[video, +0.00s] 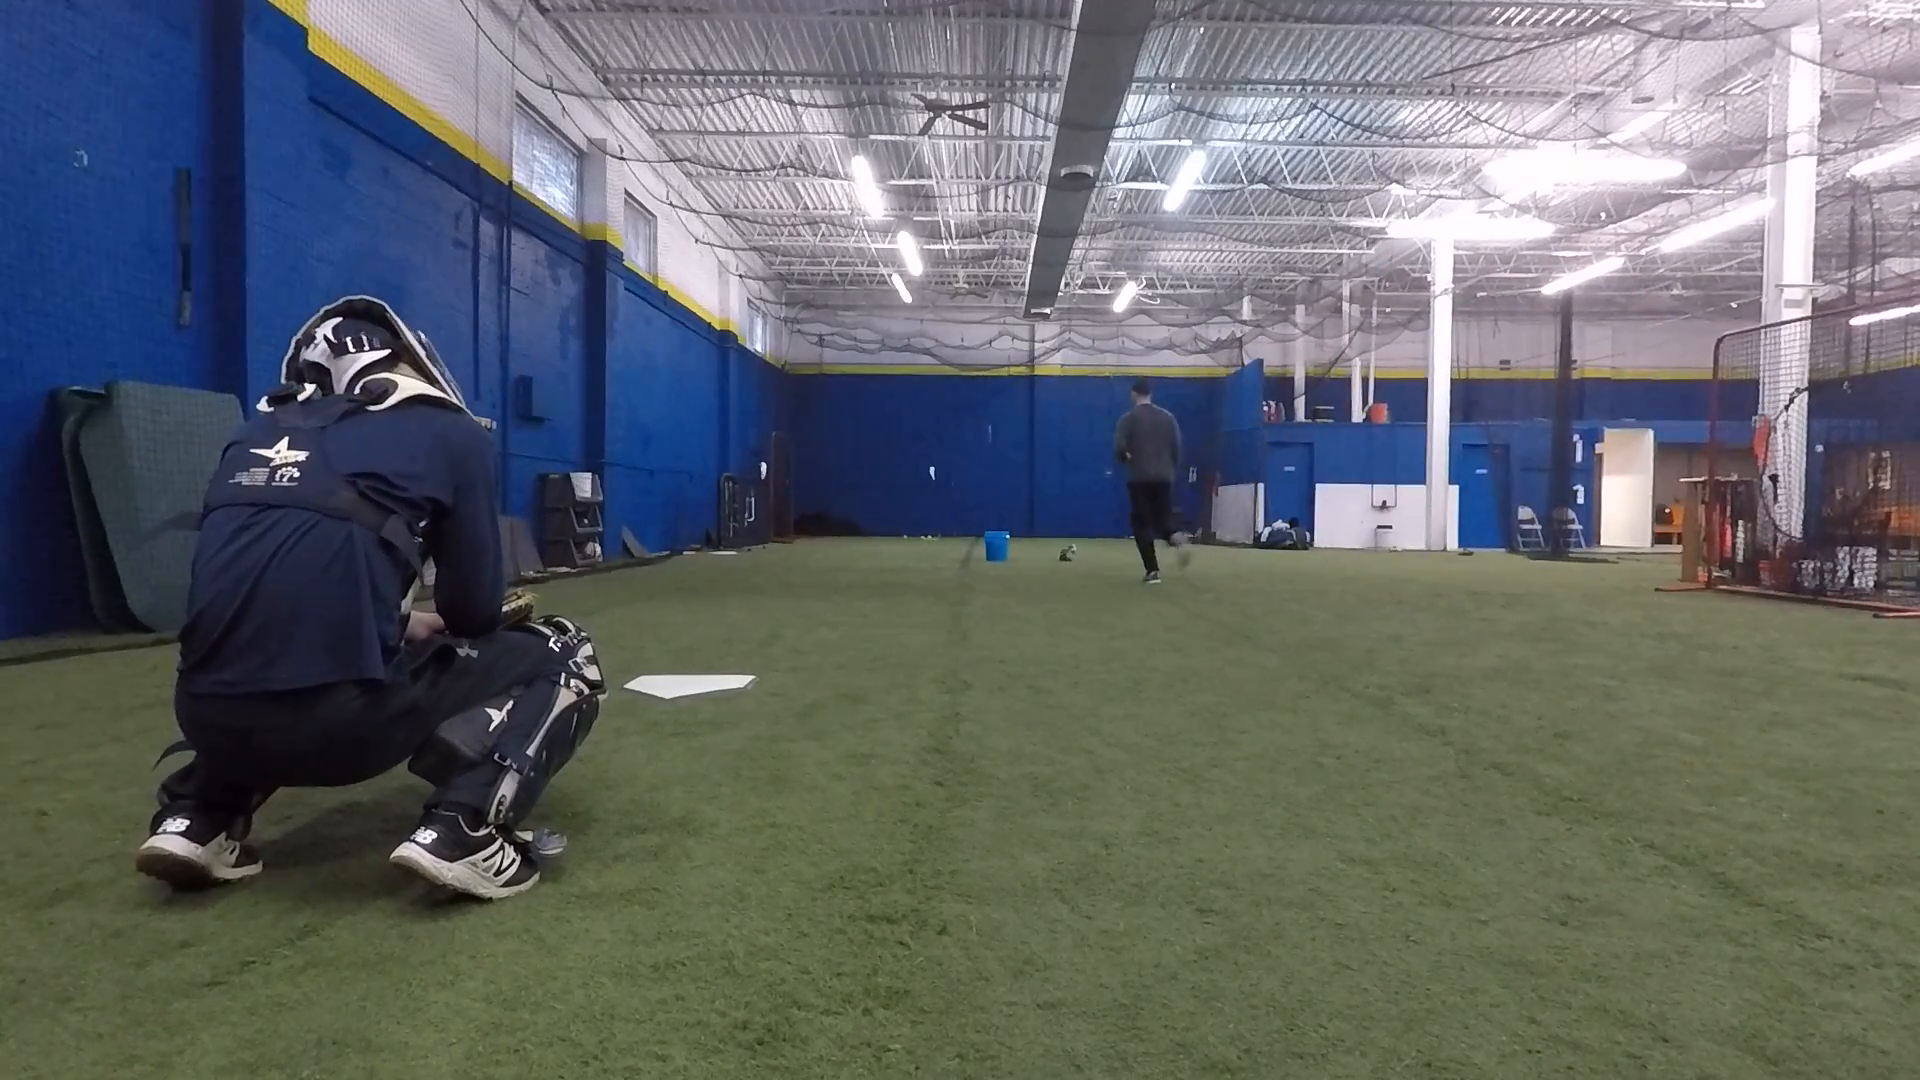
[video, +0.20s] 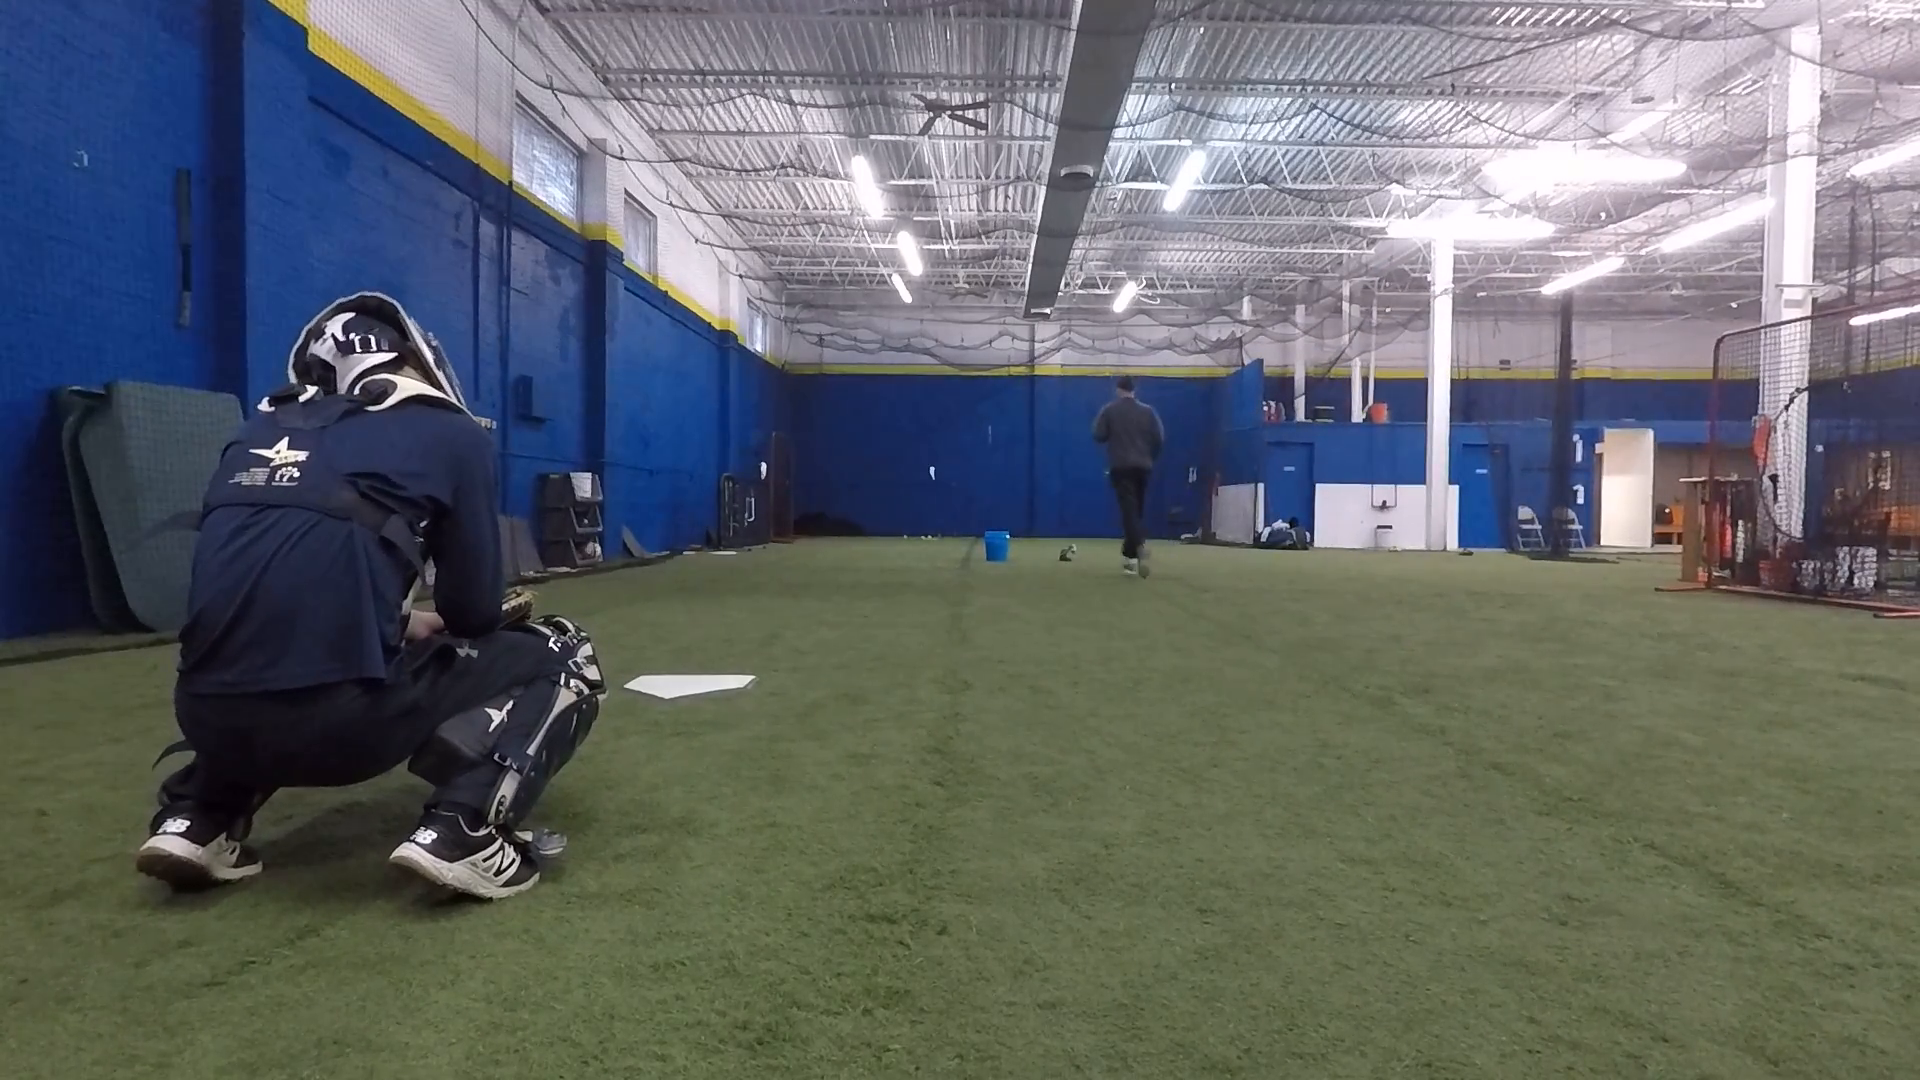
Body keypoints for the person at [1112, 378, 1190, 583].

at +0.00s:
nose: (1132, 397)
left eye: (1132, 394)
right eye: (1134, 394)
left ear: (1134, 394)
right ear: (1150, 394)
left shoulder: (1128, 418)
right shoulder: (1167, 416)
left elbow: (1120, 448)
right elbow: (1177, 445)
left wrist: (1125, 457)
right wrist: (1174, 465)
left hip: (1139, 479)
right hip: (1164, 477)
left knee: (1141, 523)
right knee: (1162, 518)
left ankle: (1152, 571)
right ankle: (1177, 539)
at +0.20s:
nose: (1119, 392)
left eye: (1119, 389)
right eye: (1124, 389)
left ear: (1118, 390)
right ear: (1133, 390)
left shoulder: (1109, 409)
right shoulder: (1147, 410)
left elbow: (1099, 434)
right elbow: (1159, 437)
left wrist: (1113, 430)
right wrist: (1151, 456)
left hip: (1120, 465)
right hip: (1143, 465)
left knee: (1128, 508)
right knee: (1136, 509)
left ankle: (1140, 546)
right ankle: (1130, 556)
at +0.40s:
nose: (1102, 408)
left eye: (1101, 405)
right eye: (1104, 405)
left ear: (1102, 406)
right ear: (1117, 407)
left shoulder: (1097, 425)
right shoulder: (1128, 427)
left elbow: (1093, 449)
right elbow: (1139, 454)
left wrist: (1090, 464)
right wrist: (1133, 471)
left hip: (1103, 481)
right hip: (1124, 481)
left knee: (1097, 520)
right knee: (1116, 520)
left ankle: (1113, 540)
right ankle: (1119, 562)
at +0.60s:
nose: (1077, 405)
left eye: (1078, 401)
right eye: (1079, 401)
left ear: (1080, 401)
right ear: (1094, 401)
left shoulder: (1081, 417)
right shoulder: (1108, 420)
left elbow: (1082, 437)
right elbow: (1115, 447)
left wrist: (1070, 449)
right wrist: (1110, 463)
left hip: (1082, 472)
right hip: (1102, 471)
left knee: (1080, 515)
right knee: (1105, 509)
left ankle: (1076, 558)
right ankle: (1118, 545)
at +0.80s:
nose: (1063, 417)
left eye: (1062, 414)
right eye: (1065, 414)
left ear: (1062, 414)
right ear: (1075, 413)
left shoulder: (1060, 434)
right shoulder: (1090, 432)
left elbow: (1057, 459)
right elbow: (1097, 456)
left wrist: (1052, 465)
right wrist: (1098, 471)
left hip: (1066, 485)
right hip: (1086, 485)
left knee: (1063, 522)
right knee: (1084, 521)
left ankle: (1067, 558)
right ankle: (1104, 542)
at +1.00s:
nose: (1052, 414)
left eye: (1050, 411)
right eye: (1054, 410)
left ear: (1050, 411)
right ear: (1063, 409)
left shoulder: (1047, 428)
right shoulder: (1079, 427)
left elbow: (1039, 451)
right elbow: (1085, 451)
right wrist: (1082, 467)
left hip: (1055, 477)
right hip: (1074, 476)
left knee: (1057, 512)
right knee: (1069, 508)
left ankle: (1064, 549)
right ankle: (1072, 543)